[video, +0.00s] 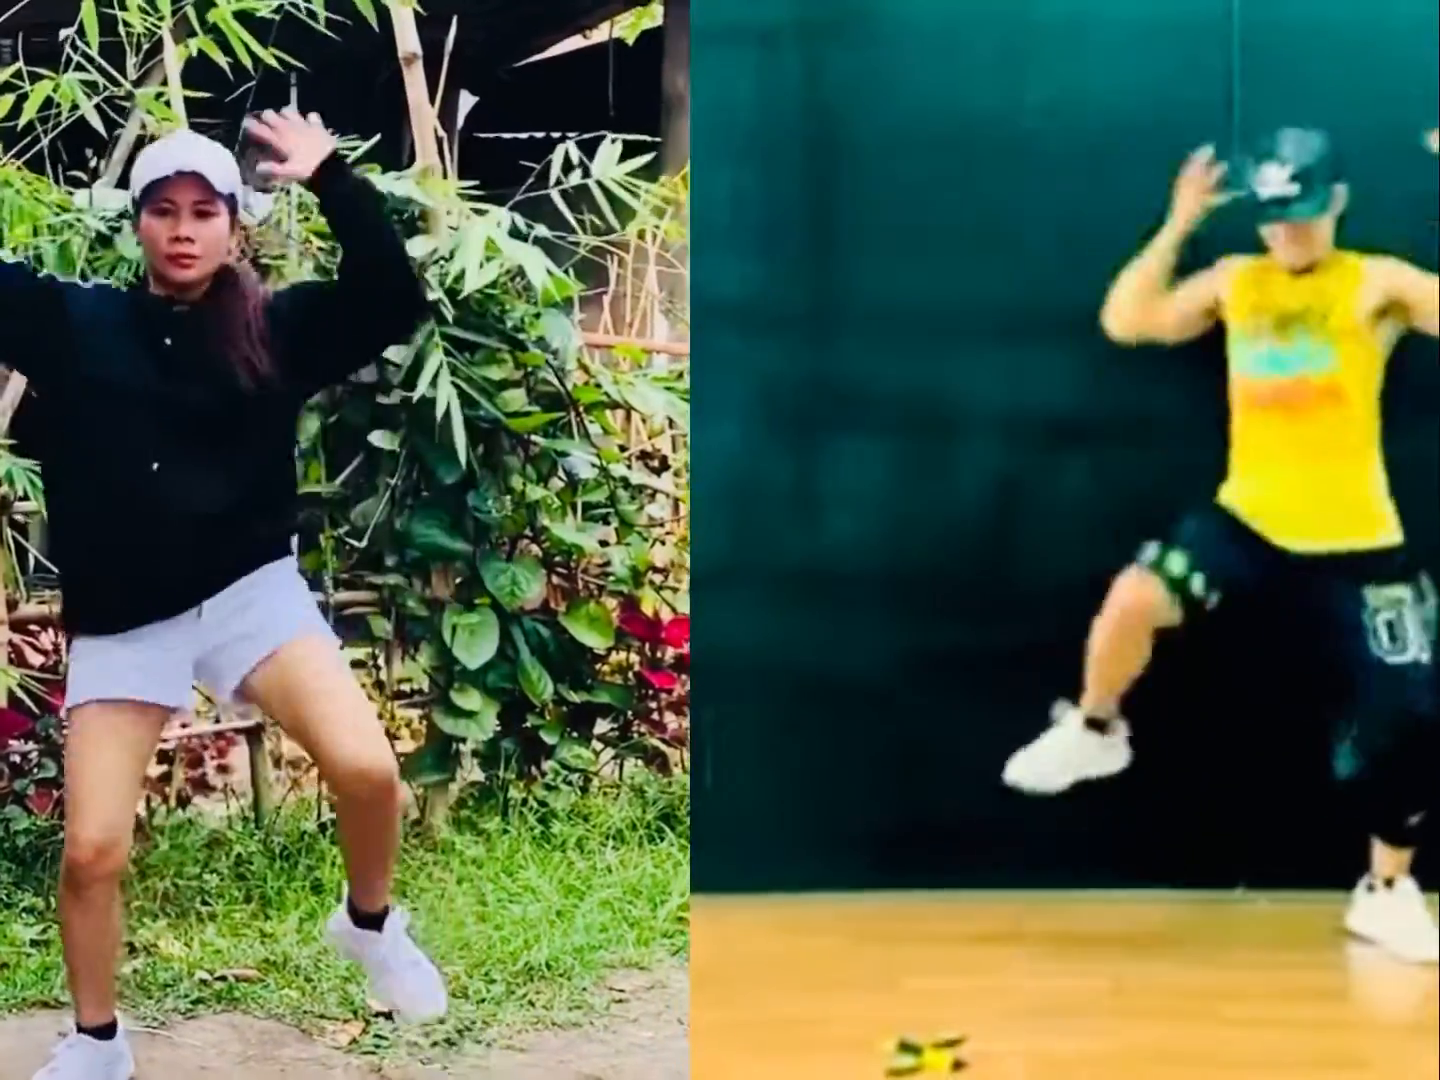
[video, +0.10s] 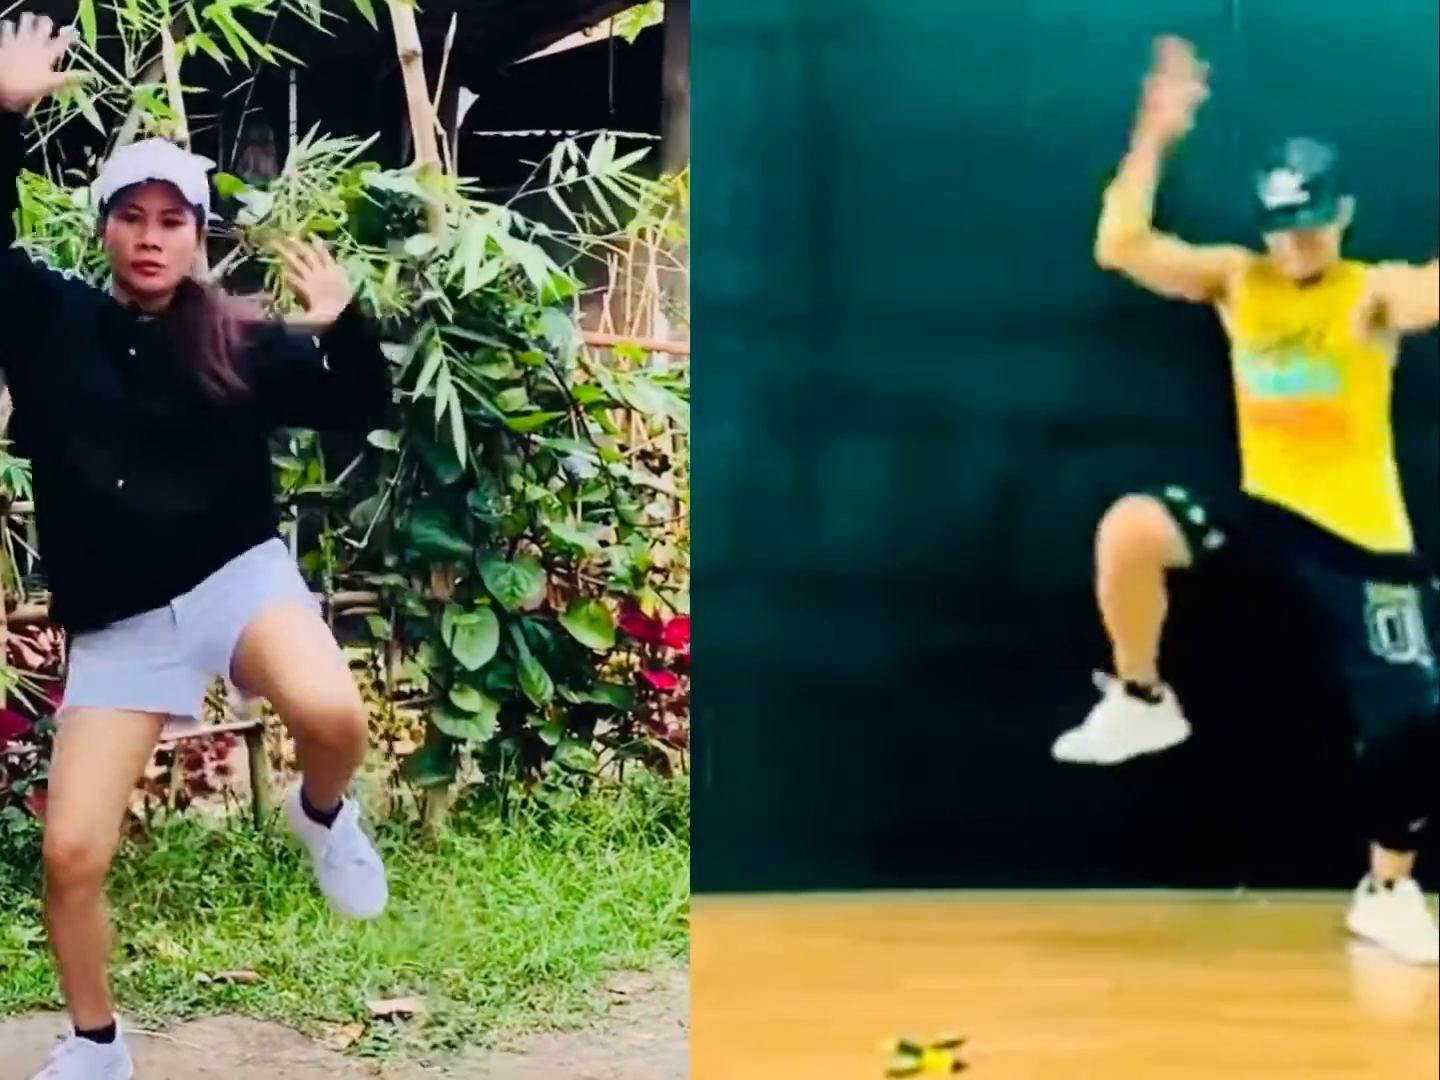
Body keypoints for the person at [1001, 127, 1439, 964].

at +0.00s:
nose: (1289, 233)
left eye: (1303, 214)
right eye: (1273, 218)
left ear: (1336, 205)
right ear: (1256, 217)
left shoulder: (1380, 283)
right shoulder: (1230, 282)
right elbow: (1124, 319)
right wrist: (1179, 221)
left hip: (1358, 530)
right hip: (1248, 516)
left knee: (1406, 714)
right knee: (1132, 600)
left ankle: (1388, 888)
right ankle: (1093, 727)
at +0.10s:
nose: (1294, 242)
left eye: (1309, 225)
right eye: (1280, 227)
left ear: (1342, 220)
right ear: (1261, 225)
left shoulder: (1374, 289)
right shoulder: (1232, 276)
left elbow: (1431, 294)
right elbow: (1120, 246)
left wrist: (1407, 299)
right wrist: (1153, 138)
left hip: (1365, 543)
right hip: (1261, 516)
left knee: (1407, 725)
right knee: (1130, 530)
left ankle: (1387, 892)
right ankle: (1138, 699)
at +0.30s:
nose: (1307, 236)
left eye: (1320, 217)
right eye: (1289, 221)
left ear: (1343, 207)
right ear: (1262, 217)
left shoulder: (1382, 265)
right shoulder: (1231, 287)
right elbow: (1111, 324)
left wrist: (1437, 145)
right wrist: (1138, 206)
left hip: (1354, 547)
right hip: (1244, 529)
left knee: (1407, 710)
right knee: (1121, 635)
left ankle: (1391, 888)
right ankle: (1085, 787)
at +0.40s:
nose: (1317, 246)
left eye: (1320, 230)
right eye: (1300, 232)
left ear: (1326, 233)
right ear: (1255, 238)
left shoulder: (1349, 306)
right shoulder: (1195, 304)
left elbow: (1439, 315)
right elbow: (1068, 293)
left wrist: (1437, 208)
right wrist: (1170, 222)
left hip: (1352, 558)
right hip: (1235, 563)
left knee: (1425, 699)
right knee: (1132, 713)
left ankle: (1396, 884)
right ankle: (1040, 838)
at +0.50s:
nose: (1284, 300)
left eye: (1286, 285)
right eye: (1268, 286)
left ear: (1281, 294)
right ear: (1220, 291)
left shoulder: (1305, 358)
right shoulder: (1165, 349)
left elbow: (1418, 318)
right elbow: (1084, 287)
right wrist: (1140, 181)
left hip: (1325, 606)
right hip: (1211, 618)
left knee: (1421, 730)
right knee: (1134, 777)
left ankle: (1394, 892)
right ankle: (1065, 887)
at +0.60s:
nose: (1245, 330)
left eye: (1249, 315)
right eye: (1228, 317)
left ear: (1254, 318)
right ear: (1183, 323)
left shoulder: (1270, 365)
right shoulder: (1144, 385)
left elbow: (1373, 316)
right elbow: (1087, 311)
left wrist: (1430, 231)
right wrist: (1075, 203)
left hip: (1284, 631)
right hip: (1180, 631)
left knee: (1406, 738)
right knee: (1110, 800)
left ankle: (1386, 894)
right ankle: (1061, 889)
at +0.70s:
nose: (1219, 298)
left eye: (1226, 280)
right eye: (1204, 282)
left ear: (1235, 281)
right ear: (1163, 284)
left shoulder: (1245, 337)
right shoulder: (1103, 354)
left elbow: (1340, 326)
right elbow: (989, 372)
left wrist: (1331, 246)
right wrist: (1023, 259)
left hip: (1246, 595)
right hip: (1142, 598)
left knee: (1345, 751)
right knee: (1078, 787)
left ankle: (1383, 892)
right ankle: (1058, 889)